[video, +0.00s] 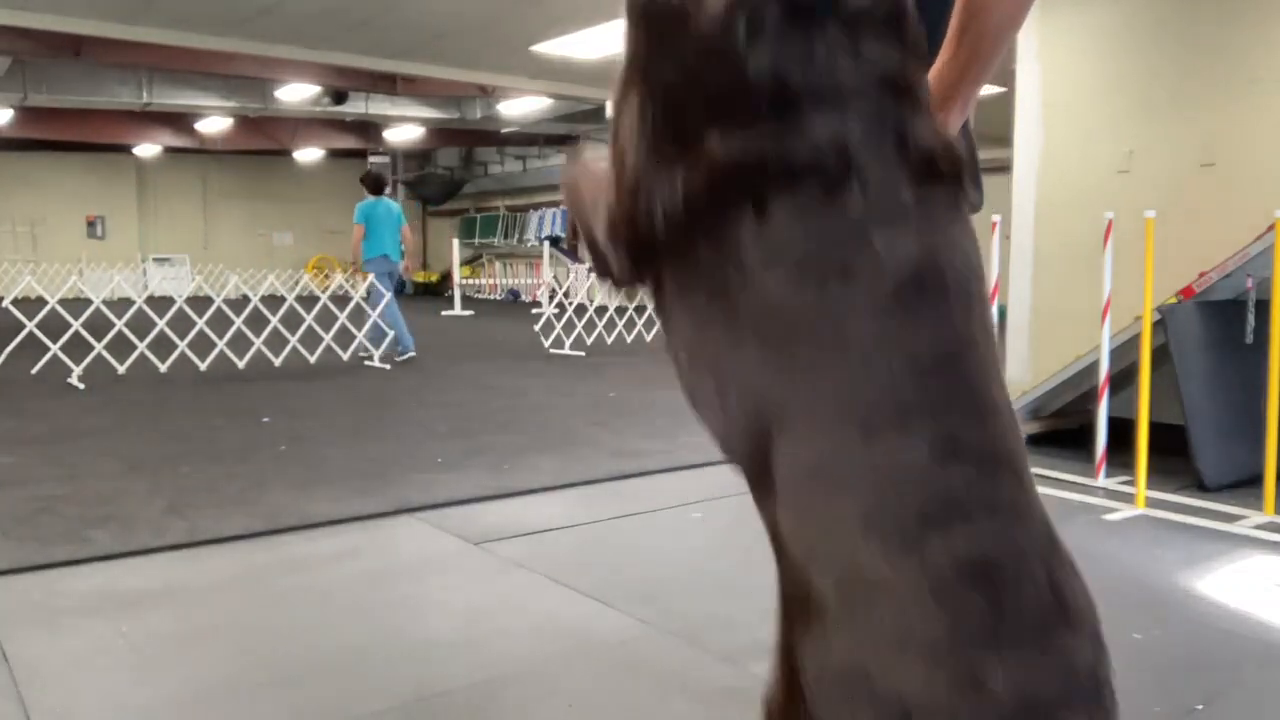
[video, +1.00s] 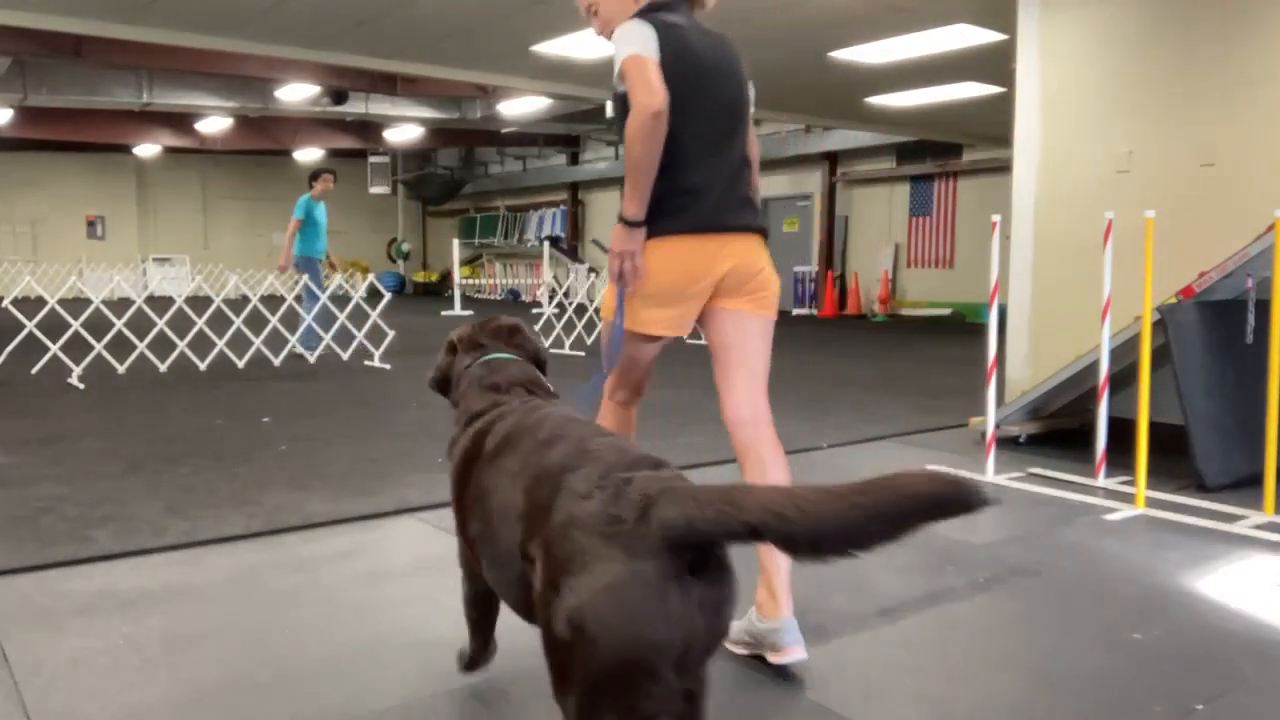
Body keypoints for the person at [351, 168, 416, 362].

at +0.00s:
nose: (363, 189)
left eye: (364, 186)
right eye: (364, 186)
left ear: (366, 188)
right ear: (383, 186)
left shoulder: (363, 207)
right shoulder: (395, 206)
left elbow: (358, 235)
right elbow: (407, 234)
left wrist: (355, 260)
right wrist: (408, 258)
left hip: (374, 259)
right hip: (394, 259)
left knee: (386, 303)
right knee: (379, 303)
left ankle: (406, 345)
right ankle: (372, 344)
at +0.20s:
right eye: (374, 184)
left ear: (356, 185)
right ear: (374, 186)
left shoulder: (346, 205)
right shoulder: (383, 207)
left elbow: (341, 235)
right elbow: (392, 237)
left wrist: (343, 259)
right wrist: (398, 259)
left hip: (356, 259)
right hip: (380, 259)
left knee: (359, 302)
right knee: (378, 300)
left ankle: (384, 333)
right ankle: (365, 343)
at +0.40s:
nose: (367, 185)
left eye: (366, 181)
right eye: (365, 182)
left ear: (346, 184)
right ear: (359, 184)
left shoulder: (334, 203)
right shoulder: (370, 204)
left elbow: (328, 231)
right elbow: (376, 232)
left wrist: (329, 255)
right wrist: (385, 258)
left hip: (342, 256)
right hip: (366, 257)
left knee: (341, 298)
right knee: (368, 299)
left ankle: (335, 339)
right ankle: (364, 343)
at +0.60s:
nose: (360, 187)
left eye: (359, 183)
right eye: (356, 183)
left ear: (342, 186)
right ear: (345, 185)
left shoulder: (327, 203)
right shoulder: (345, 204)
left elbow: (322, 235)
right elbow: (346, 234)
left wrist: (322, 259)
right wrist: (366, 257)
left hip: (328, 257)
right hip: (346, 258)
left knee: (329, 299)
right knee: (360, 300)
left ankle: (310, 338)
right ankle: (363, 343)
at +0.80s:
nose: (344, 189)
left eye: (346, 185)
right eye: (341, 184)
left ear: (343, 187)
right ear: (329, 185)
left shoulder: (326, 205)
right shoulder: (320, 204)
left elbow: (321, 234)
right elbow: (315, 234)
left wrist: (329, 253)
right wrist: (324, 254)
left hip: (317, 258)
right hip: (317, 258)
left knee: (315, 300)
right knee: (344, 297)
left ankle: (307, 341)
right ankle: (349, 340)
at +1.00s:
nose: (330, 186)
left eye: (332, 182)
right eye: (326, 181)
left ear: (331, 185)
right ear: (315, 182)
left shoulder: (321, 204)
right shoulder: (305, 201)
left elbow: (321, 236)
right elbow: (292, 230)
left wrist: (329, 257)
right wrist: (285, 258)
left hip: (317, 257)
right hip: (306, 256)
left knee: (311, 299)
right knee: (316, 298)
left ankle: (306, 341)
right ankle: (307, 342)